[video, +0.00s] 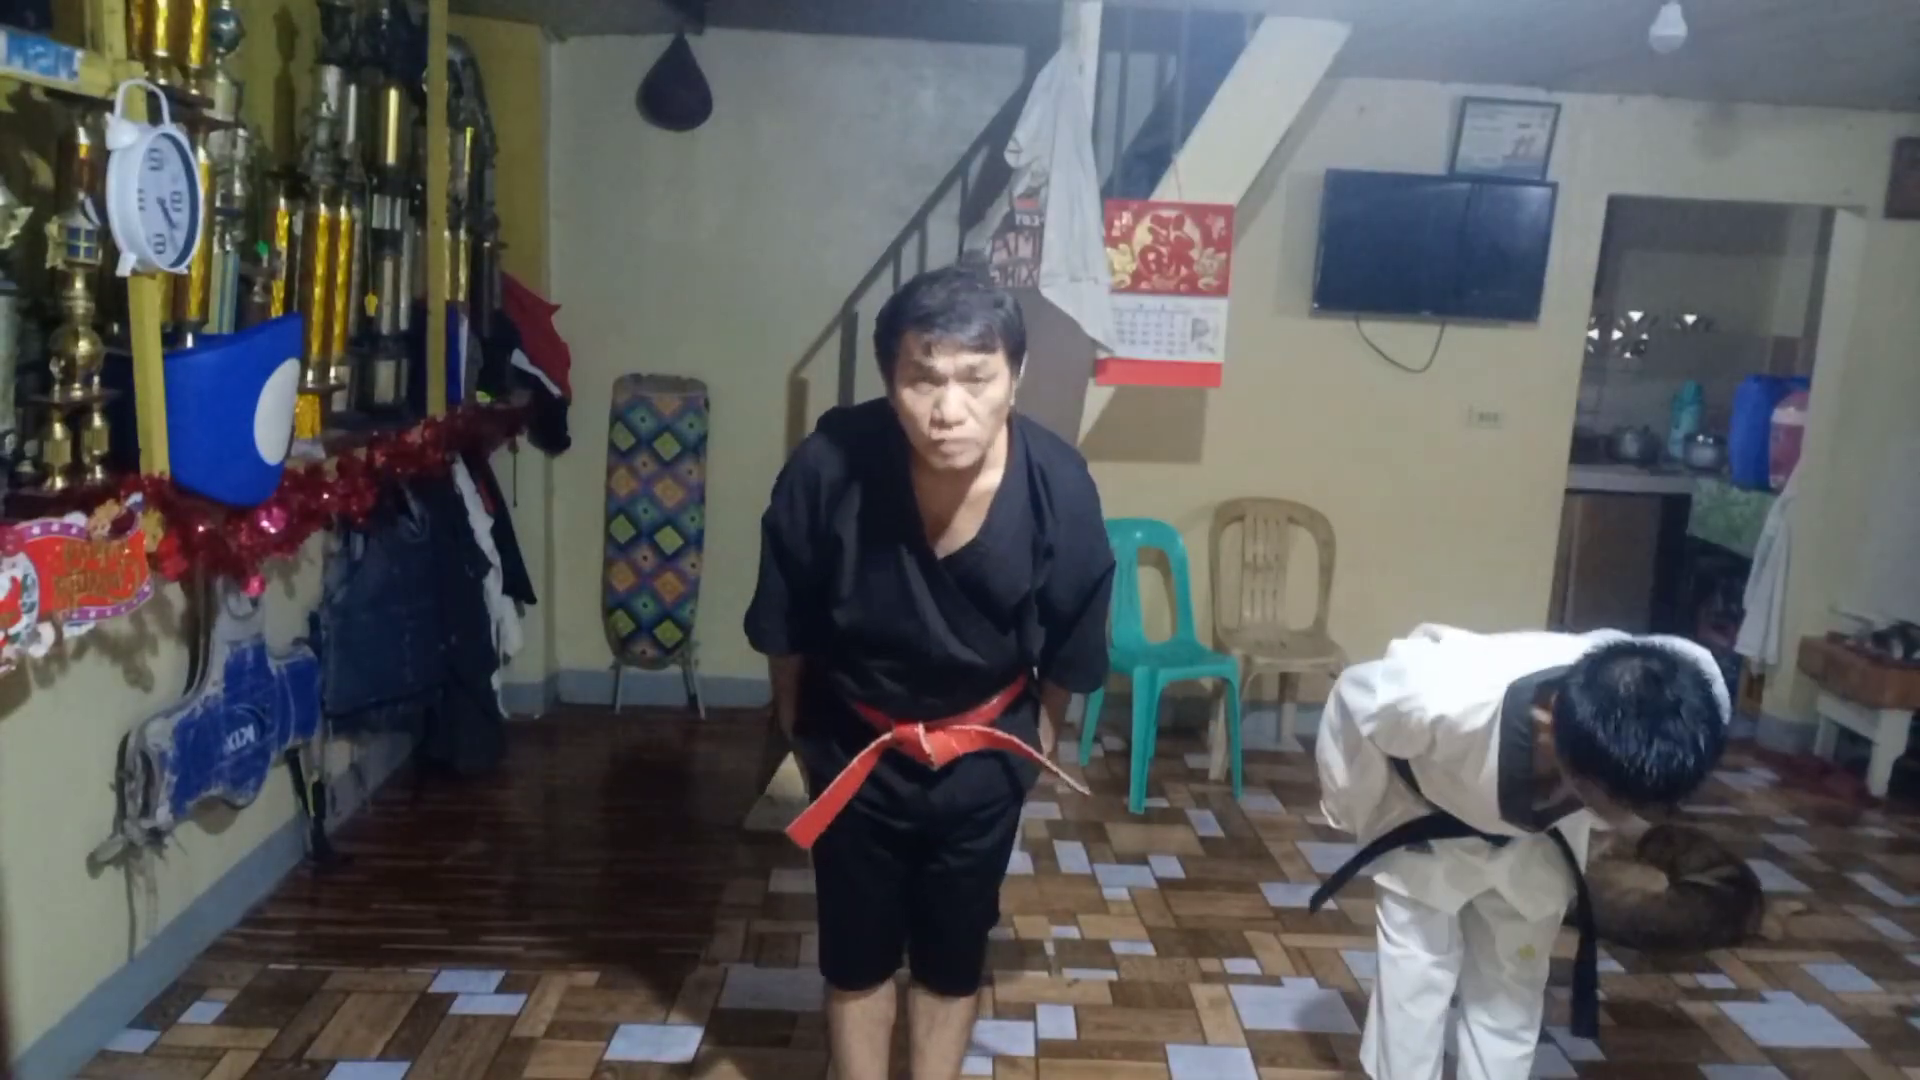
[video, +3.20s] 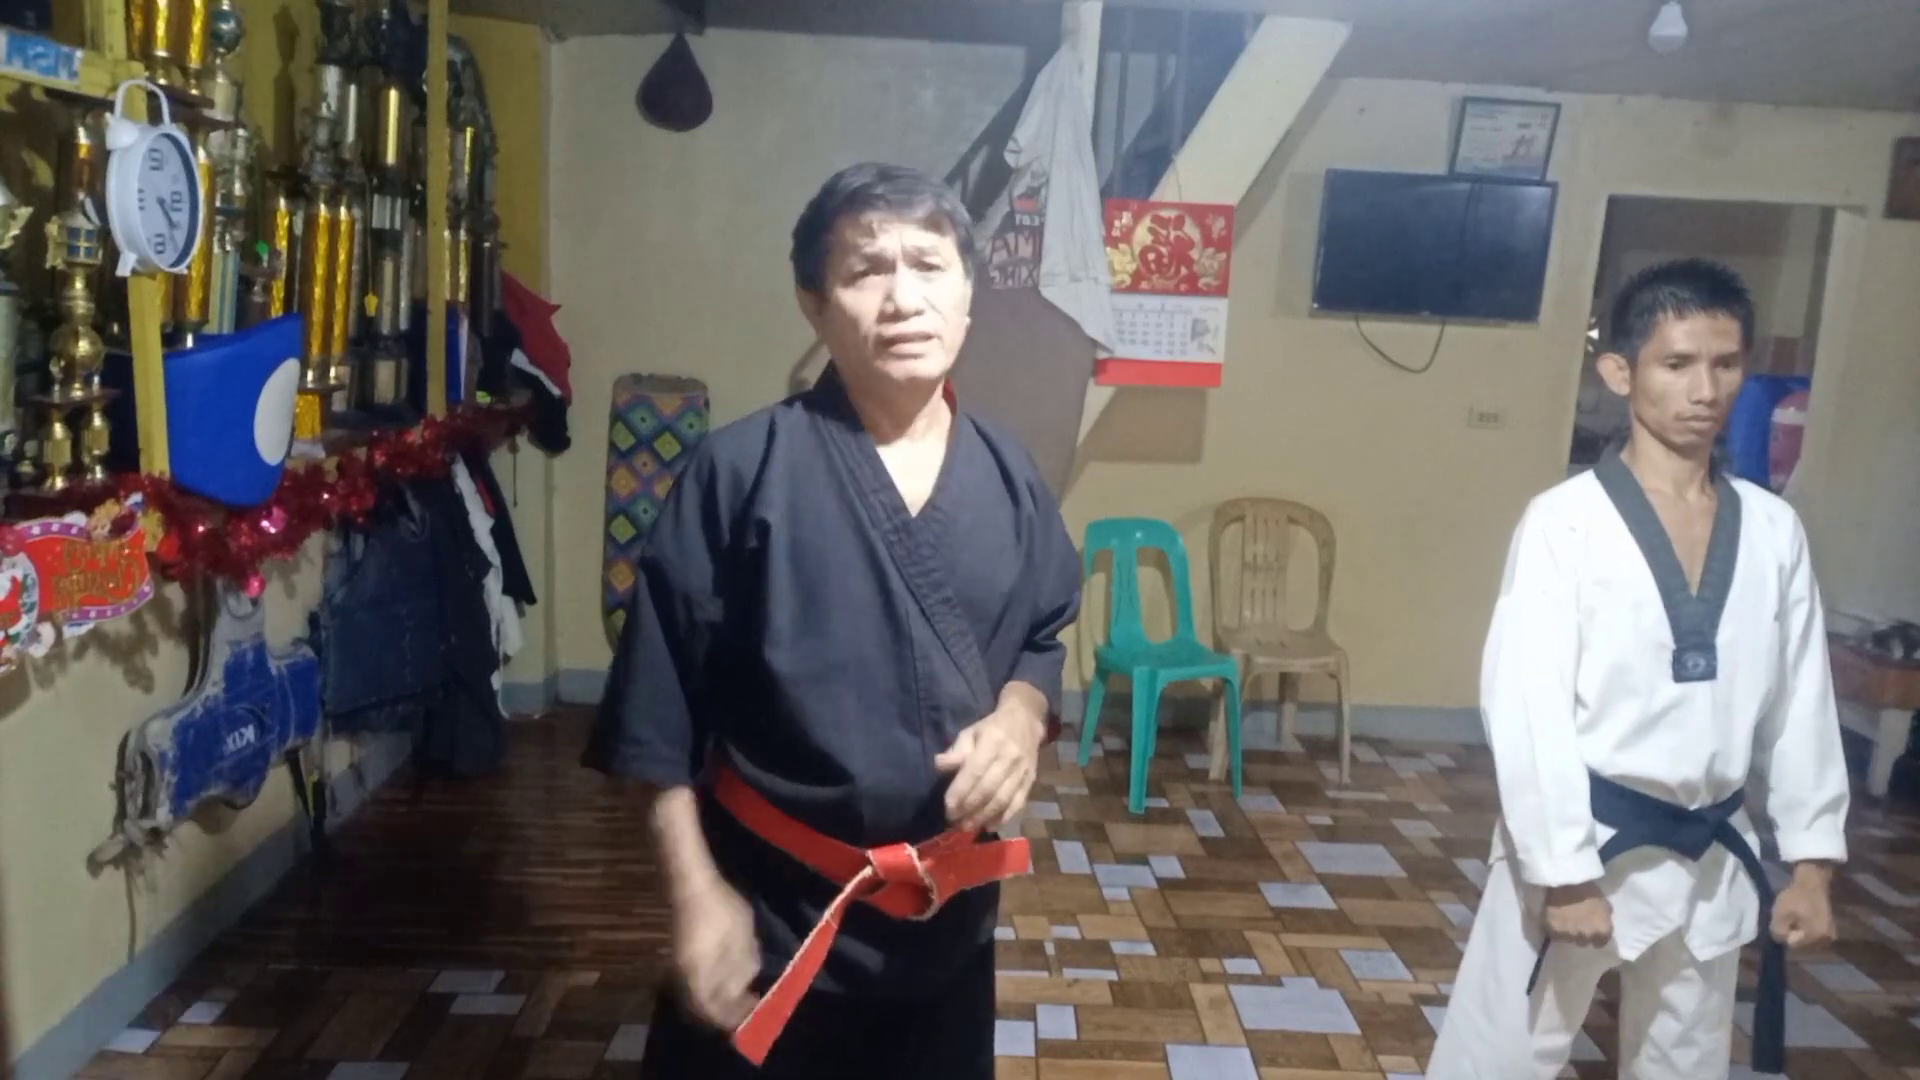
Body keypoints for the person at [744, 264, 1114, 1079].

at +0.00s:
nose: (949, 407)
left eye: (975, 379)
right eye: (925, 381)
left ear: (1014, 379)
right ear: (889, 381)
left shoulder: (1057, 482)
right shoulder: (833, 461)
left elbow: (1074, 635)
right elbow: (784, 608)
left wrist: (1048, 738)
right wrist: (791, 724)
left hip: (987, 733)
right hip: (853, 729)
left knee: (951, 966)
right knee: (858, 967)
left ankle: (933, 1077)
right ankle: (860, 1076)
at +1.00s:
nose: (887, 295)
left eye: (904, 272)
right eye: (852, 280)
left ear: (936, 298)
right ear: (816, 327)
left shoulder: (1009, 452)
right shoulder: (778, 456)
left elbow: (1067, 574)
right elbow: (719, 628)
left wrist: (1044, 658)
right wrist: (809, 727)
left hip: (975, 822)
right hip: (822, 823)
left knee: (969, 1055)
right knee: (776, 1060)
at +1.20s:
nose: (779, 283)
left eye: (799, 254)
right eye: (743, 266)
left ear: (842, 278)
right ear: (708, 310)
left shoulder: (924, 431)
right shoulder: (669, 456)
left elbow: (1000, 629)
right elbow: (603, 646)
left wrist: (941, 553)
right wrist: (704, 740)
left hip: (902, 852)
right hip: (732, 855)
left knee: (917, 1065)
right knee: (703, 1066)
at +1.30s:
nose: (758, 286)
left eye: (778, 255)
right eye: (722, 266)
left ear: (820, 276)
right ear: (682, 307)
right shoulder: (646, 446)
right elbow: (569, 640)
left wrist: (926, 545)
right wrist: (671, 762)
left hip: (878, 859)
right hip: (708, 859)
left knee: (900, 1066)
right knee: (658, 1069)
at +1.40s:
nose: (746, 293)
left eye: (769, 260)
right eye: (710, 269)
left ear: (807, 277)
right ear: (665, 303)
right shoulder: (621, 460)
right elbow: (560, 663)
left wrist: (912, 560)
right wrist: (602, 858)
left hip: (863, 870)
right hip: (688, 880)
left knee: (887, 1067)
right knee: (647, 1067)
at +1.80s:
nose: (835, 316)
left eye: (858, 280)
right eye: (799, 290)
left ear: (900, 289)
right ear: (753, 308)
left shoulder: (963, 447)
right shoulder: (691, 457)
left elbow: (1000, 595)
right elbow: (621, 681)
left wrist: (975, 667)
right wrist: (608, 887)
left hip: (914, 886)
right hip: (736, 884)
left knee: (906, 1066)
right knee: (686, 1067)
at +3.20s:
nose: (905, 297)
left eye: (930, 266)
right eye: (867, 271)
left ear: (969, 292)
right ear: (817, 309)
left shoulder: (1008, 472)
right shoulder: (739, 472)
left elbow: (1042, 632)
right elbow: (653, 697)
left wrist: (1021, 721)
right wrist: (695, 889)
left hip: (948, 914)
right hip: (774, 917)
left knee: (946, 1070)